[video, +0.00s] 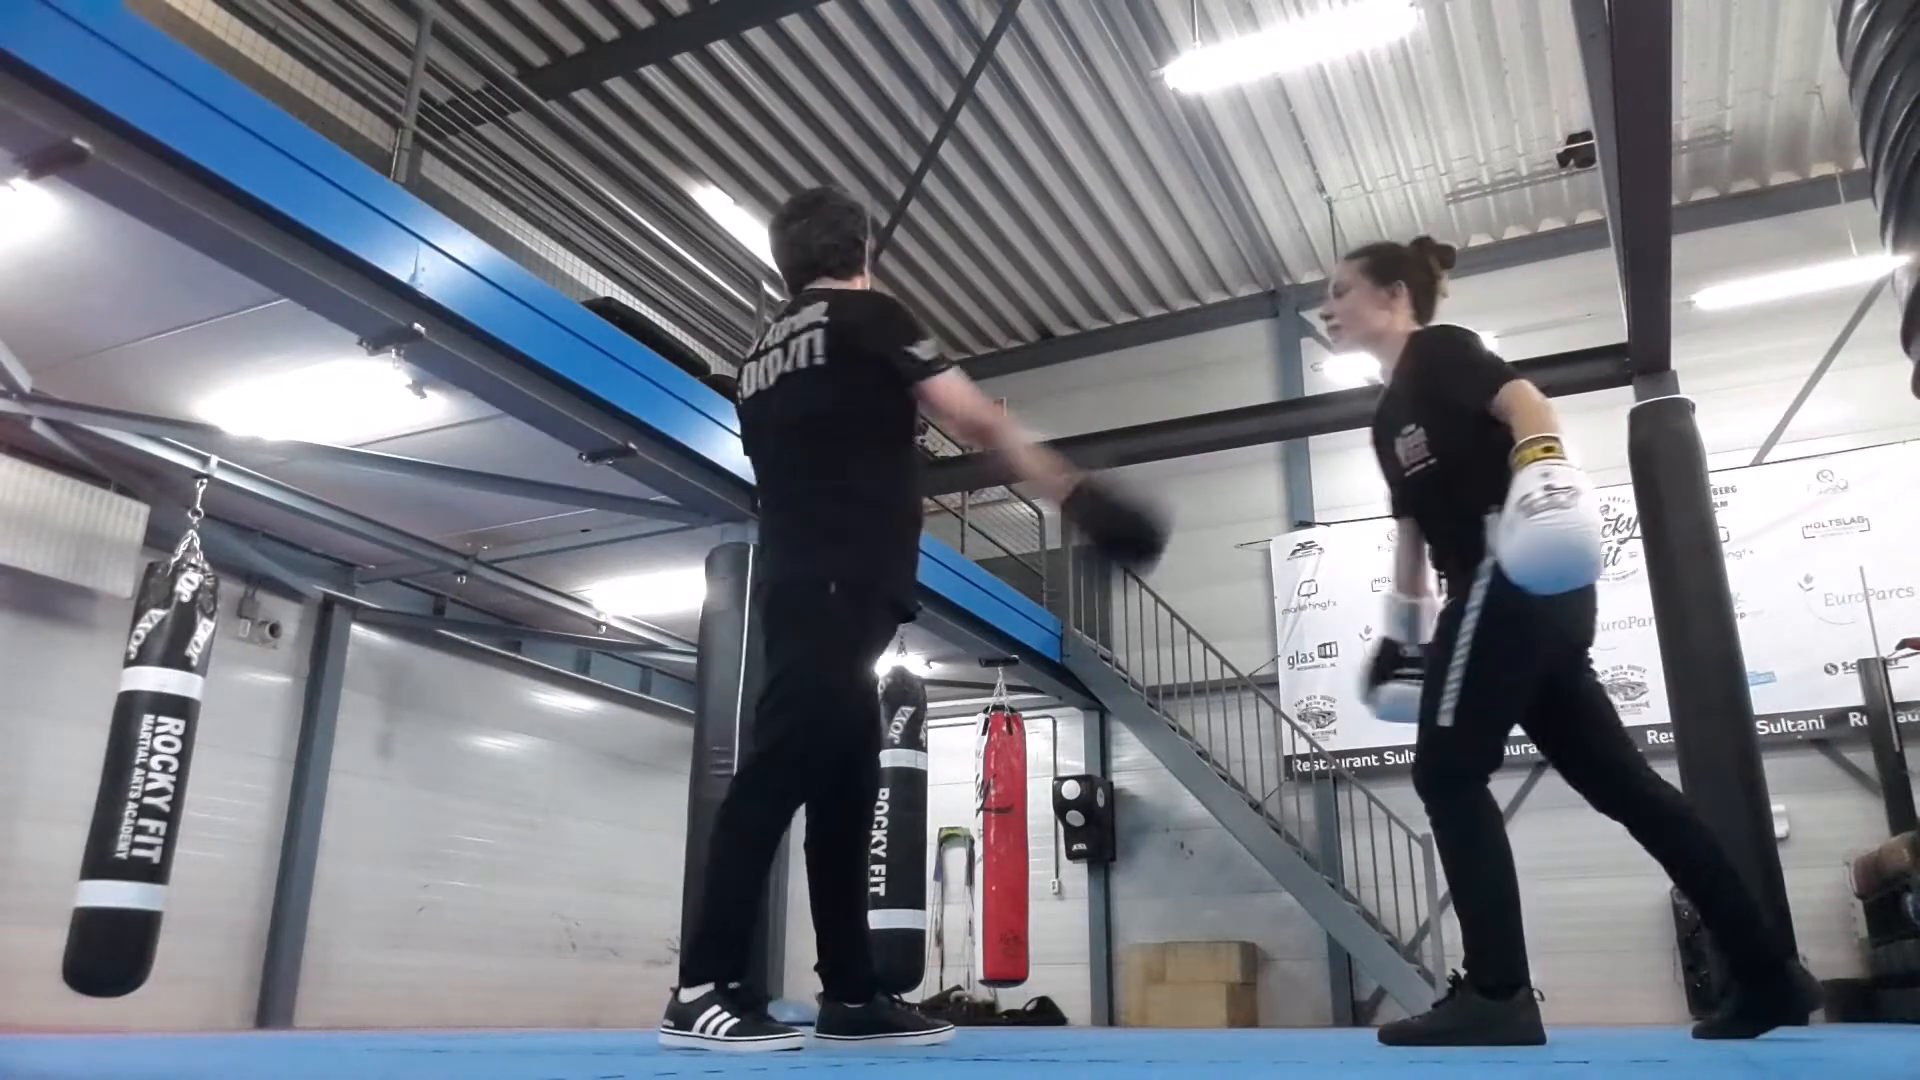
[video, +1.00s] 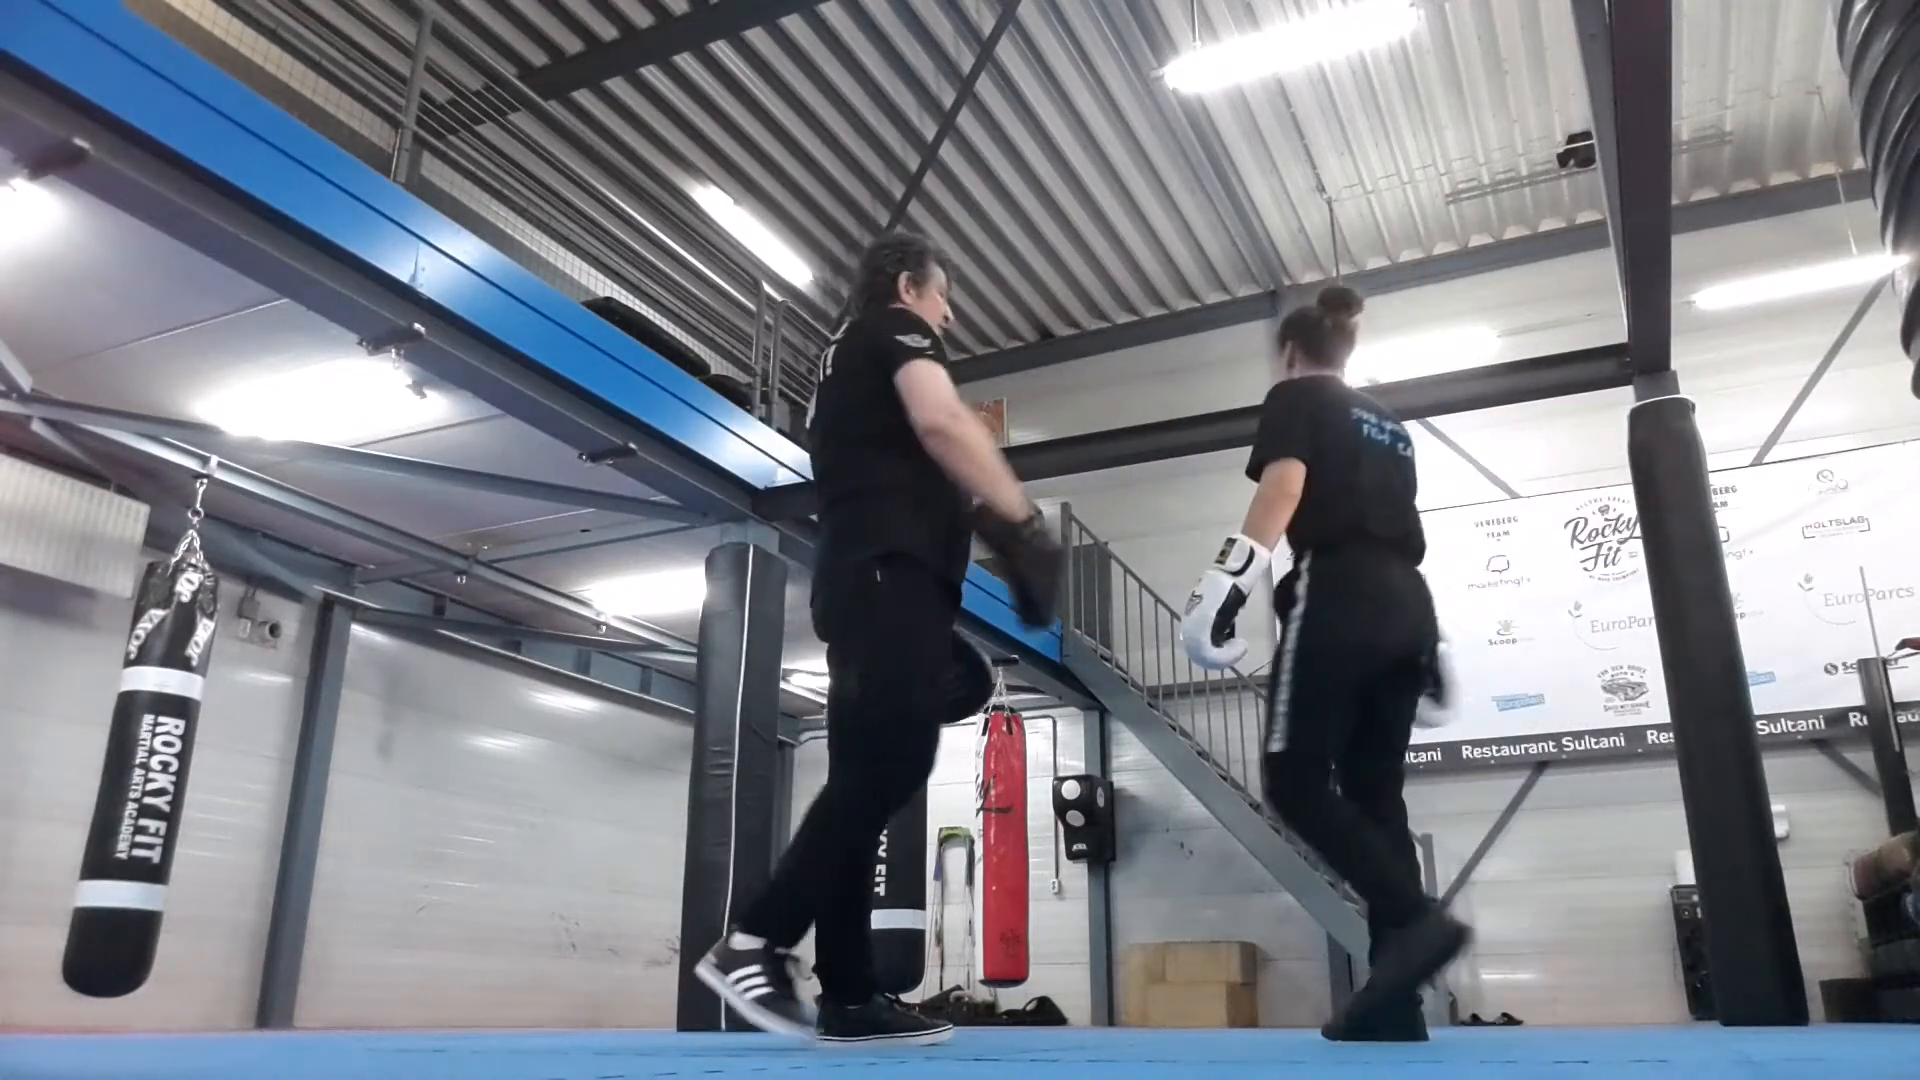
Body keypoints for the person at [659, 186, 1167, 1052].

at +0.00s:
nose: (877, 268)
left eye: (868, 257)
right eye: (875, 254)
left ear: (786, 268)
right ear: (864, 255)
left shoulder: (761, 354)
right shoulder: (863, 315)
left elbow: (806, 458)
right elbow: (977, 421)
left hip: (801, 587)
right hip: (836, 585)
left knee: (847, 787)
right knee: (774, 775)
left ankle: (853, 998)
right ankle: (705, 996)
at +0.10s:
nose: (880, 266)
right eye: (876, 251)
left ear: (797, 269)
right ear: (874, 255)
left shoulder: (768, 361)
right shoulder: (886, 316)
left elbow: (774, 492)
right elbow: (1003, 364)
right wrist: (1075, 365)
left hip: (800, 588)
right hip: (853, 584)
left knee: (844, 789)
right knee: (787, 774)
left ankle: (854, 996)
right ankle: (708, 987)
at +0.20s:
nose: (897, 268)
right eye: (893, 255)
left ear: (817, 272)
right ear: (894, 260)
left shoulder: (779, 369)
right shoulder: (910, 311)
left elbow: (769, 497)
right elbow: (999, 310)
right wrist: (1009, 257)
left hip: (800, 584)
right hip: (874, 576)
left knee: (846, 785)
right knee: (807, 766)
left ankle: (854, 995)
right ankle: (711, 978)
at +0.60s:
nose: (928, 280)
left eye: (926, 271)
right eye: (922, 270)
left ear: (841, 284)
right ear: (902, 271)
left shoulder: (812, 377)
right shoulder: (896, 309)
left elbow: (802, 516)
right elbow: (1028, 285)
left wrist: (800, 608)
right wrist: (1025, 237)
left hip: (840, 584)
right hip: (891, 576)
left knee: (856, 787)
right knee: (835, 772)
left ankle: (852, 994)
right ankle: (725, 970)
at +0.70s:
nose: (926, 289)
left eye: (923, 278)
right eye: (919, 278)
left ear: (846, 289)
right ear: (893, 275)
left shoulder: (814, 389)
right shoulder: (889, 317)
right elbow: (1048, 330)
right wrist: (1063, 318)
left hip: (848, 585)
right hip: (886, 576)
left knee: (855, 787)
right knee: (838, 770)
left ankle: (850, 998)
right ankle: (725, 967)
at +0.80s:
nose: (929, 296)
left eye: (925, 285)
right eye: (922, 283)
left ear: (858, 291)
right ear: (892, 279)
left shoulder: (826, 385)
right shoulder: (888, 323)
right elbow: (1023, 373)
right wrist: (1068, 410)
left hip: (856, 584)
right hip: (884, 579)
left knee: (858, 790)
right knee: (842, 772)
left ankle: (850, 998)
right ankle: (728, 965)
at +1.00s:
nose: (948, 311)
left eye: (948, 298)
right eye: (943, 295)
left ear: (882, 293)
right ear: (907, 287)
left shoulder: (857, 356)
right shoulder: (894, 329)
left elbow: (904, 475)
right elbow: (941, 423)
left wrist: (972, 439)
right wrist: (1024, 523)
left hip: (864, 582)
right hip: (887, 580)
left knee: (860, 787)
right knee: (884, 773)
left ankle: (849, 995)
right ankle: (752, 946)